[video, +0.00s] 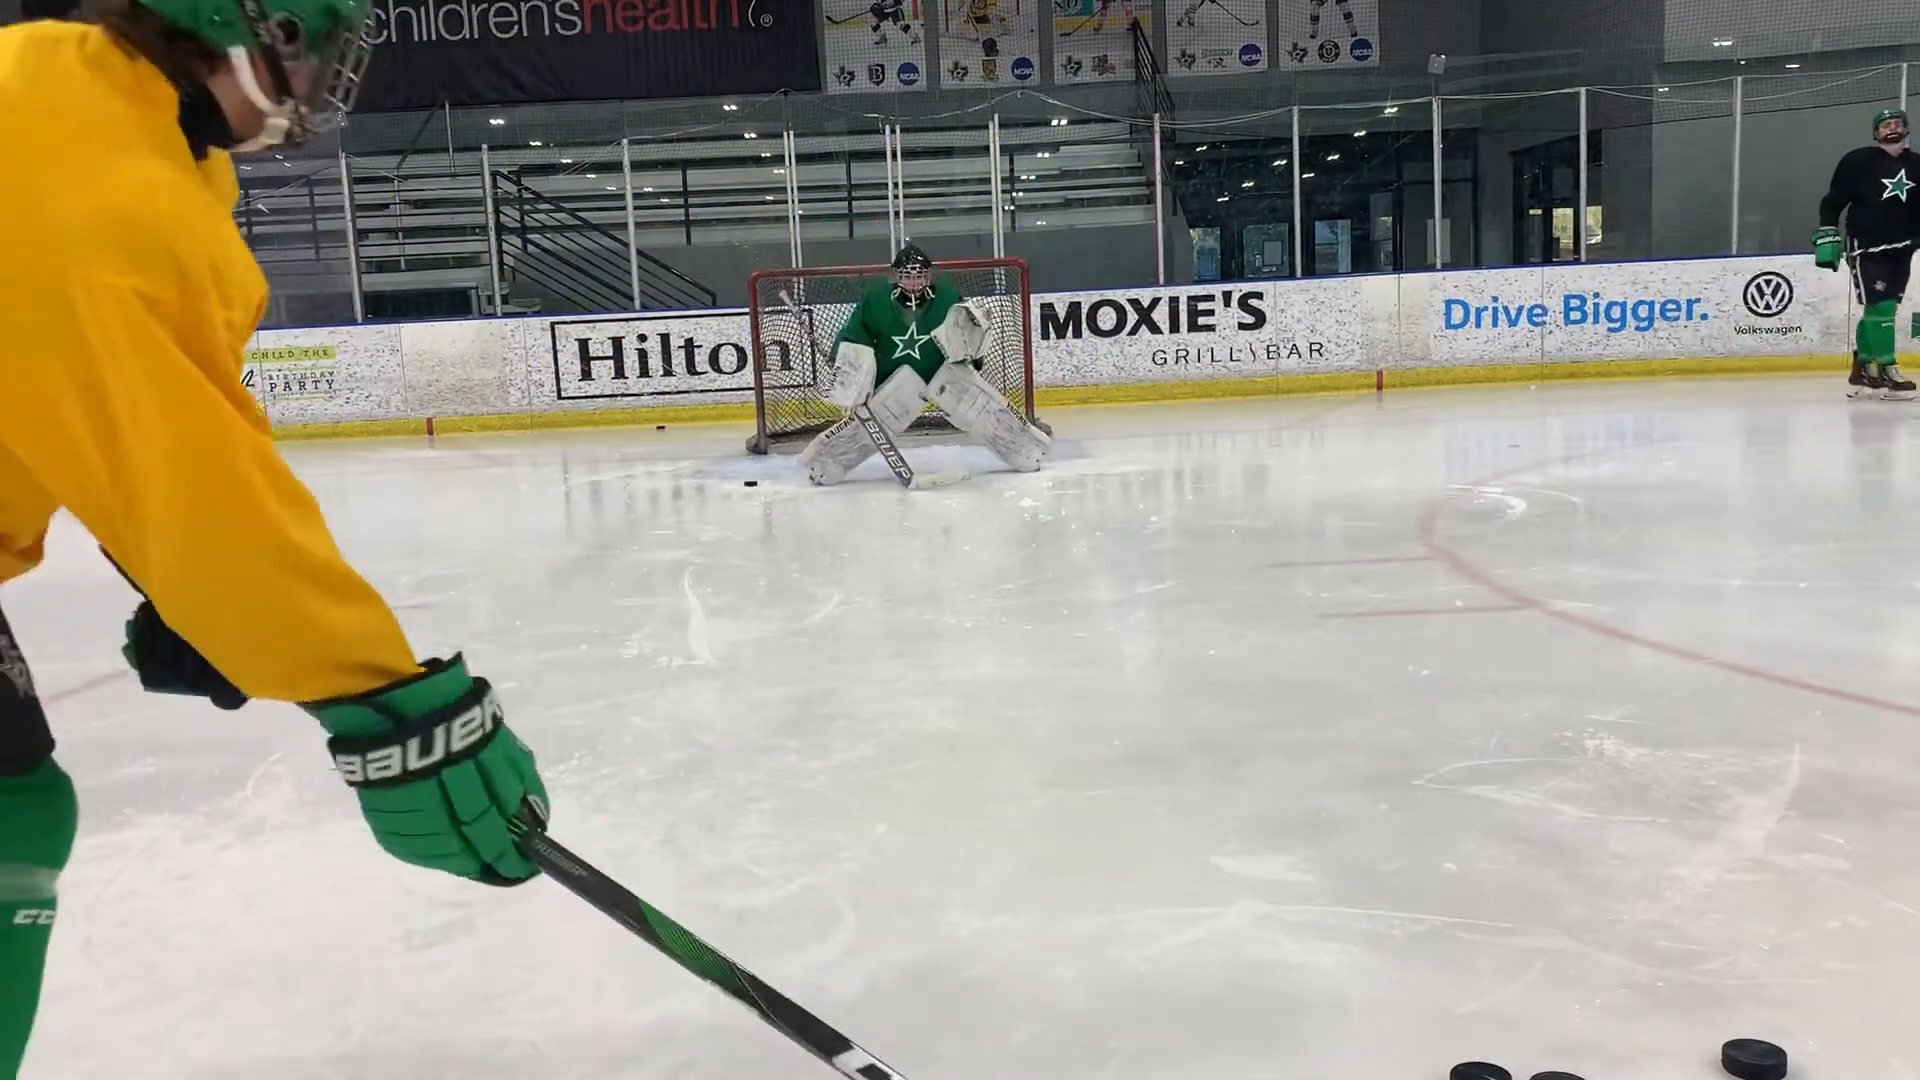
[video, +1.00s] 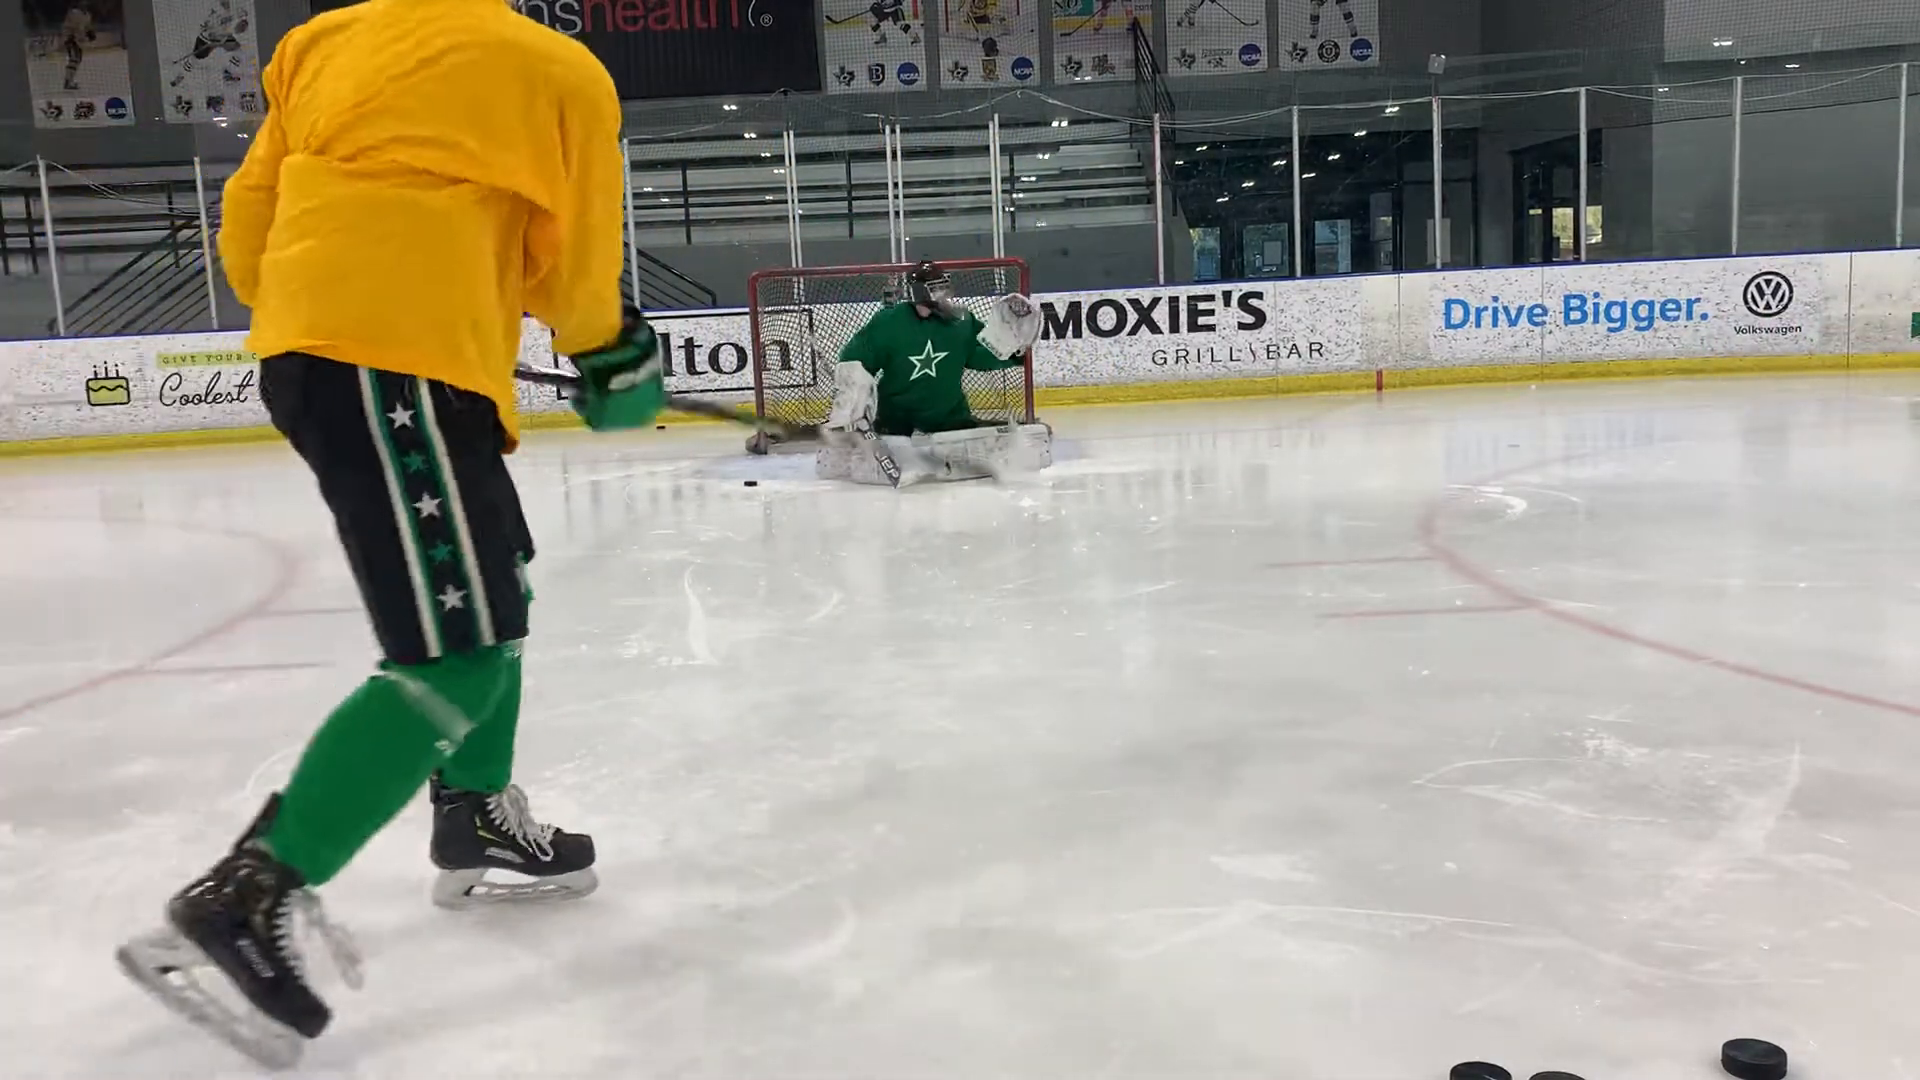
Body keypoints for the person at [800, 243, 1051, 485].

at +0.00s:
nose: (913, 281)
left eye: (919, 274)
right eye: (907, 275)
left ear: (929, 274)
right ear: (895, 276)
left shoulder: (946, 296)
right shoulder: (876, 303)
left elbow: (969, 348)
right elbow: (854, 342)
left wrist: (970, 333)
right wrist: (852, 380)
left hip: (946, 372)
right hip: (897, 378)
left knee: (982, 409)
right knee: (872, 424)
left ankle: (1027, 451)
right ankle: (826, 464)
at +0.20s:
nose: (915, 288)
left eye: (921, 281)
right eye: (910, 282)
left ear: (931, 281)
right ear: (899, 282)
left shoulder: (948, 303)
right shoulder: (878, 308)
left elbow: (971, 350)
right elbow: (853, 347)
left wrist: (969, 346)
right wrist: (852, 384)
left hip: (947, 382)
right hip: (897, 387)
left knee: (983, 412)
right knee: (872, 429)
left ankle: (1024, 450)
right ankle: (828, 466)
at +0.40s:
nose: (916, 292)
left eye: (921, 285)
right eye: (909, 285)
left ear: (931, 285)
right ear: (898, 285)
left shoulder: (949, 306)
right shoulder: (878, 310)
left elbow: (976, 363)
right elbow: (851, 349)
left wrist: (971, 353)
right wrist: (847, 388)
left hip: (946, 383)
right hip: (896, 389)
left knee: (981, 412)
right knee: (871, 429)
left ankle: (1025, 449)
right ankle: (827, 465)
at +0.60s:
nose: (915, 297)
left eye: (921, 290)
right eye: (909, 290)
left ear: (930, 288)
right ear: (897, 288)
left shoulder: (948, 308)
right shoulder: (874, 312)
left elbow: (977, 357)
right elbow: (847, 348)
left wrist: (985, 331)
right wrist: (862, 370)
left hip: (945, 401)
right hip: (896, 405)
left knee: (984, 430)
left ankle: (1024, 445)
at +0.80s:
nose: (928, 305)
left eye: (932, 298)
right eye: (921, 299)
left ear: (938, 298)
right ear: (904, 300)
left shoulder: (951, 324)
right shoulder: (881, 326)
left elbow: (975, 355)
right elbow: (849, 358)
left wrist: (1010, 340)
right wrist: (853, 390)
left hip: (943, 410)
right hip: (892, 412)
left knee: (975, 444)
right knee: (884, 449)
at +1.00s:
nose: (944, 297)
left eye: (945, 289)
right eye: (936, 291)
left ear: (948, 288)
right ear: (918, 293)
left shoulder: (961, 322)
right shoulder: (889, 323)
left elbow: (983, 356)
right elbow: (853, 360)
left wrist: (1013, 327)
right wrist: (852, 405)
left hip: (954, 426)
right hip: (899, 428)